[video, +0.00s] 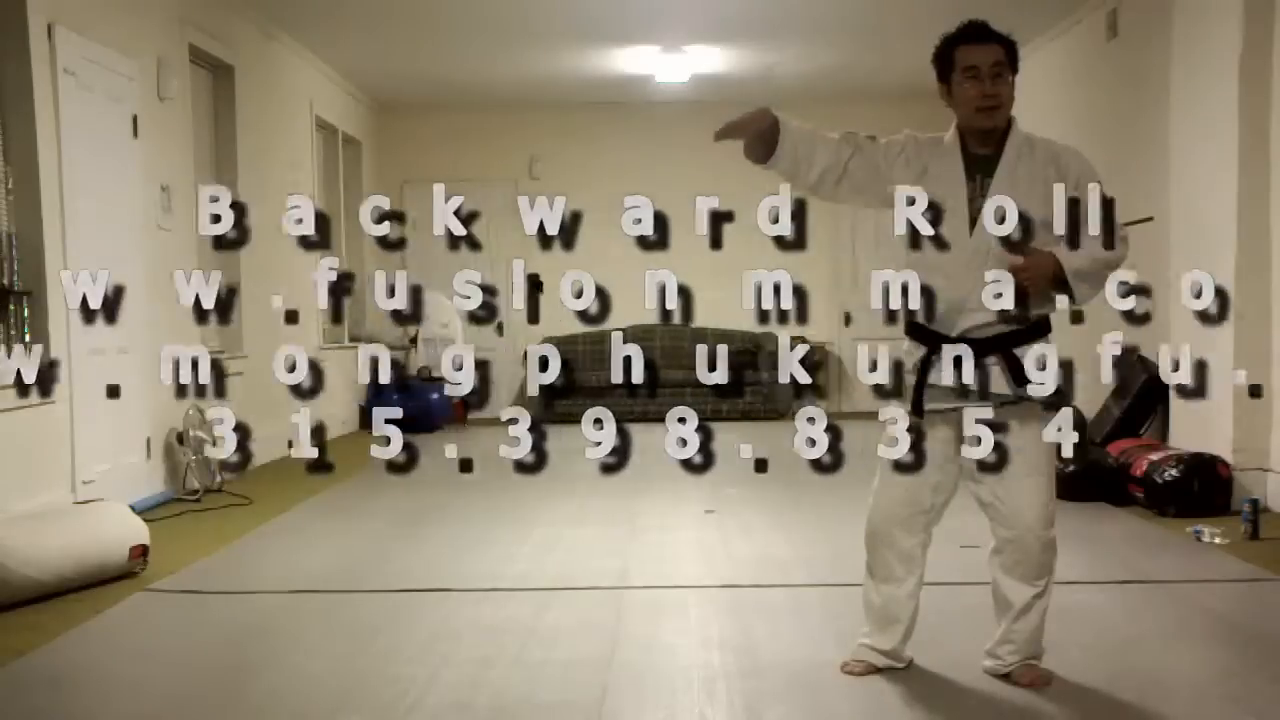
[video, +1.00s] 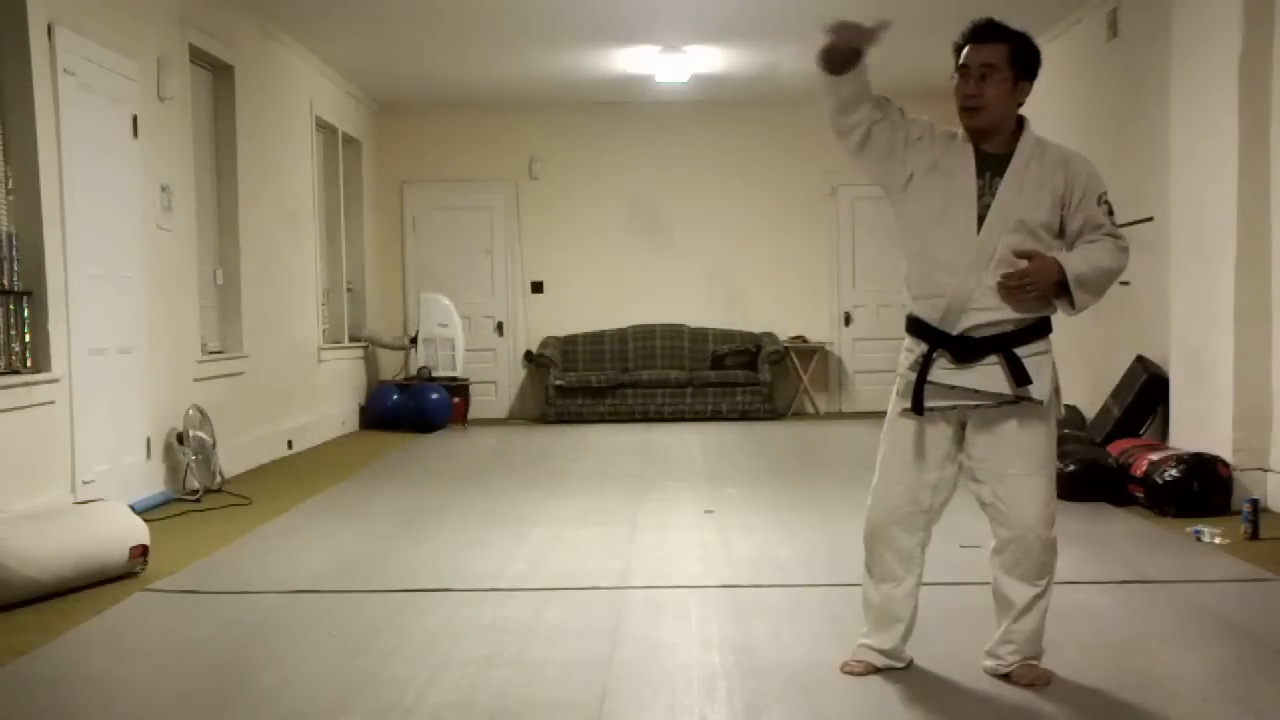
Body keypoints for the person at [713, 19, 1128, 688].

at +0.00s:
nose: (989, 86)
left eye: (1000, 72)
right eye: (972, 74)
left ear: (1015, 83)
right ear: (946, 88)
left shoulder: (1060, 165)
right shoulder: (911, 158)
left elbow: (1110, 250)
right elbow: (840, 161)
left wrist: (1059, 265)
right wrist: (774, 133)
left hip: (1018, 368)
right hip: (929, 367)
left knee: (1029, 524)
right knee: (895, 514)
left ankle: (1016, 653)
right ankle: (882, 641)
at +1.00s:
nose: (968, 87)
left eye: (987, 74)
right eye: (962, 74)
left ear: (1021, 88)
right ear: (953, 83)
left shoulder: (1064, 171)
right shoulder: (918, 154)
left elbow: (1110, 251)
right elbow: (861, 120)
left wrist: (1063, 271)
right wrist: (841, 66)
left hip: (1018, 365)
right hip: (927, 362)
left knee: (1029, 526)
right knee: (893, 515)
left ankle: (1015, 654)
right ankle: (882, 641)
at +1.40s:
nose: (985, 88)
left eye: (1002, 73)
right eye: (973, 73)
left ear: (1029, 84)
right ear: (959, 83)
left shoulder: (1070, 171)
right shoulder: (933, 156)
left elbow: (1114, 250)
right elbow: (898, 99)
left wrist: (1070, 269)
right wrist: (945, 43)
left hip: (1024, 368)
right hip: (934, 364)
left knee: (1034, 526)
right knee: (897, 514)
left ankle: (1016, 653)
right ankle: (882, 641)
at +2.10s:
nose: (978, 84)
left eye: (988, 70)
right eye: (959, 74)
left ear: (1005, 81)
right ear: (936, 93)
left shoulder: (1055, 165)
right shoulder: (915, 162)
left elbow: (1103, 239)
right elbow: (861, 140)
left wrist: (1061, 265)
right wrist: (860, 86)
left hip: (1022, 365)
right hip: (931, 365)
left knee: (1035, 525)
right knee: (899, 516)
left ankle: (1016, 654)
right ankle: (884, 641)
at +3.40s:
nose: (985, 87)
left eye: (995, 73)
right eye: (967, 77)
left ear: (1010, 80)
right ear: (940, 93)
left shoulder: (1056, 162)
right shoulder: (913, 163)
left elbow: (1105, 239)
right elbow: (850, 204)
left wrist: (1062, 268)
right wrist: (823, 174)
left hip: (1026, 372)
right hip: (936, 373)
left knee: (1038, 529)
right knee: (902, 518)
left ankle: (1017, 653)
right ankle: (886, 642)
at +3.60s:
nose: (992, 91)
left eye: (1004, 77)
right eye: (975, 80)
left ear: (1021, 83)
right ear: (951, 90)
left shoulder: (1071, 162)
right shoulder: (915, 167)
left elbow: (1121, 238)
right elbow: (870, 240)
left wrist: (1072, 268)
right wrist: (850, 254)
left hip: (1035, 374)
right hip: (940, 373)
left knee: (1044, 533)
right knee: (896, 518)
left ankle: (1018, 654)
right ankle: (883, 642)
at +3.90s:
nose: (977, 108)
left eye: (991, 93)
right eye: (962, 93)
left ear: (1017, 93)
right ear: (944, 95)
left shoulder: (1063, 159)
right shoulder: (922, 160)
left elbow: (1108, 246)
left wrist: (1031, 219)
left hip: (1032, 371)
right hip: (939, 369)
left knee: (1040, 539)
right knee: (912, 529)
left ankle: (1021, 652)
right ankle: (921, 675)